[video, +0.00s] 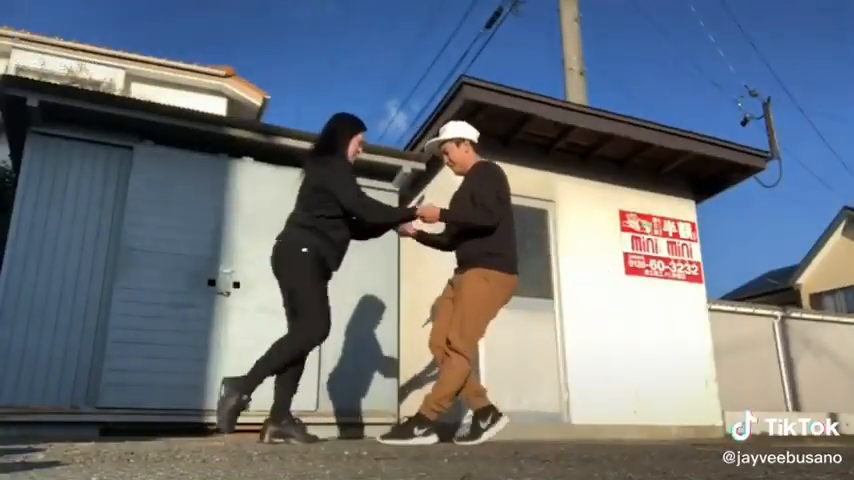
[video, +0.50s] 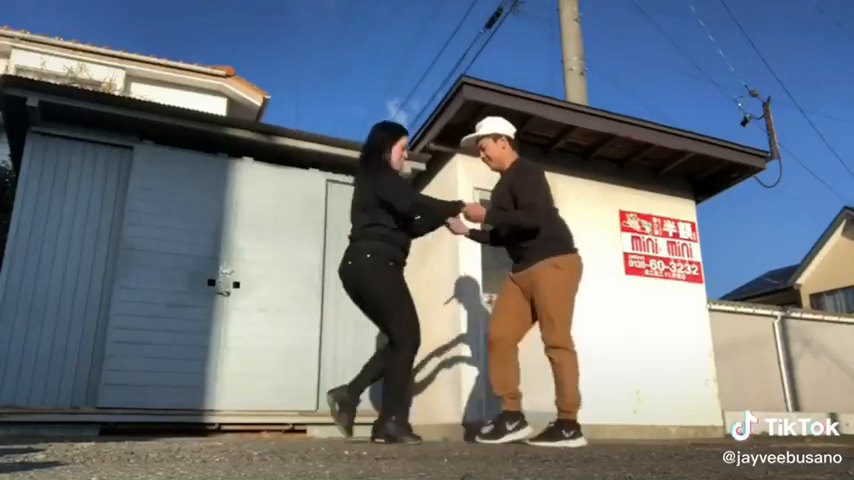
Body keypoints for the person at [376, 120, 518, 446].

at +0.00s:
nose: (446, 160)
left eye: (447, 152)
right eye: (443, 154)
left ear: (465, 145)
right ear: (459, 149)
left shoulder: (487, 172)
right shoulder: (469, 187)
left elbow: (487, 217)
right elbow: (452, 241)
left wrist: (441, 215)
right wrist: (417, 233)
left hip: (489, 273)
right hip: (468, 273)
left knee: (459, 344)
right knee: (440, 341)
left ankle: (426, 420)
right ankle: (484, 411)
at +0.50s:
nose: (482, 156)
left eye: (484, 148)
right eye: (479, 151)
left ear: (503, 141)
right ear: (495, 148)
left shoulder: (526, 171)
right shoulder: (502, 188)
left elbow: (534, 218)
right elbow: (505, 236)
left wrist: (487, 215)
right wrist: (468, 232)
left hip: (554, 265)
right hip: (523, 273)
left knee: (557, 342)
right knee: (500, 337)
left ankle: (568, 423)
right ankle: (512, 416)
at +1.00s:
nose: (517, 136)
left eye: (524, 132)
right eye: (518, 131)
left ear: (541, 139)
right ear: (527, 137)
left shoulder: (542, 159)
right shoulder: (527, 185)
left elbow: (502, 141)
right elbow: (529, 240)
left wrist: (458, 115)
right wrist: (502, 248)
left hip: (569, 266)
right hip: (564, 269)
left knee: (540, 340)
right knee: (581, 345)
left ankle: (544, 423)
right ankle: (640, 411)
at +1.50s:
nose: (512, 149)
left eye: (518, 142)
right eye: (510, 144)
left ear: (536, 144)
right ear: (512, 150)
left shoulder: (559, 174)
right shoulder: (508, 192)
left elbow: (545, 155)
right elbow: (499, 237)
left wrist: (511, 129)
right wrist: (462, 222)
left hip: (546, 269)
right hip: (511, 270)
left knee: (517, 334)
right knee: (495, 338)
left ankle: (540, 416)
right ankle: (511, 417)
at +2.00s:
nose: (572, 144)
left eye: (578, 137)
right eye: (565, 140)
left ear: (592, 140)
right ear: (560, 147)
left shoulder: (611, 182)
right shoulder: (551, 184)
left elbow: (621, 221)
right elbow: (513, 214)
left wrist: (628, 247)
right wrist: (468, 219)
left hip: (617, 279)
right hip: (573, 278)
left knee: (636, 349)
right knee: (549, 345)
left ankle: (659, 423)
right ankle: (518, 418)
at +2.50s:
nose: (555, 156)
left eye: (562, 150)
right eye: (549, 151)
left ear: (574, 153)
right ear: (543, 157)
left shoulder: (596, 191)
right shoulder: (528, 193)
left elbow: (616, 236)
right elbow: (507, 232)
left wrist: (596, 258)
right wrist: (485, 216)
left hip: (582, 287)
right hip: (536, 288)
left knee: (617, 347)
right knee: (521, 346)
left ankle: (654, 419)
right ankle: (536, 417)